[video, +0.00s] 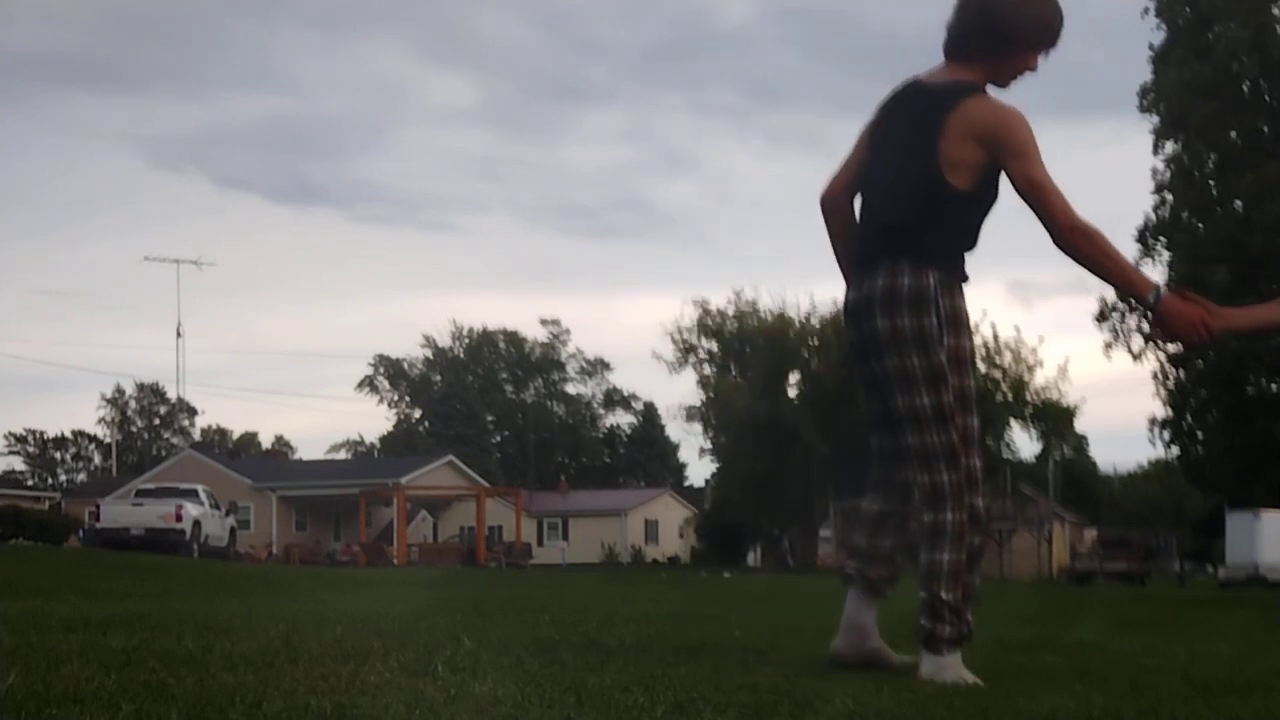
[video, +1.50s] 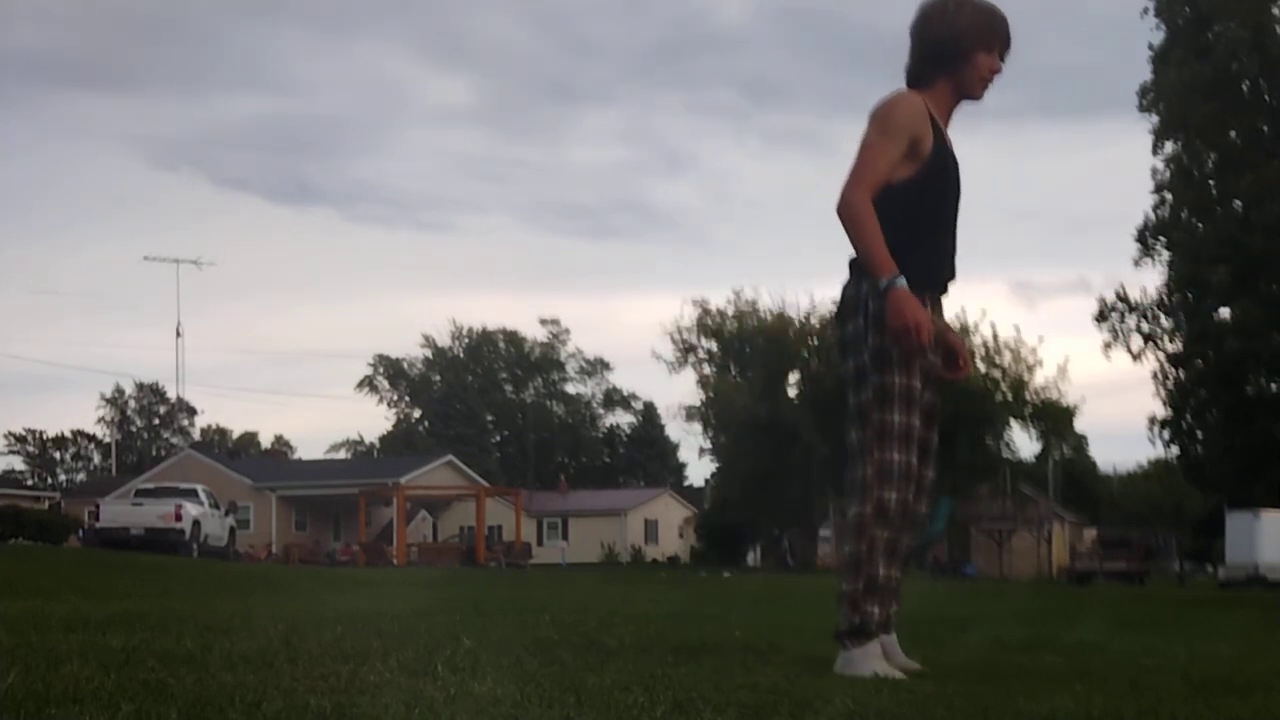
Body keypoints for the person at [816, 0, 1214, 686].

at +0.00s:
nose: (1036, 63)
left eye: (1041, 51)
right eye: (1037, 49)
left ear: (966, 33)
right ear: (1013, 45)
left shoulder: (902, 100)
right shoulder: (995, 118)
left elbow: (835, 199)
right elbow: (1066, 228)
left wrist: (864, 281)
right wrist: (1155, 297)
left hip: (870, 289)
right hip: (921, 290)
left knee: (897, 458)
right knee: (953, 468)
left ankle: (856, 624)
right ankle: (942, 656)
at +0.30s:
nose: (1036, 57)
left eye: (1039, 45)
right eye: (1032, 42)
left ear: (969, 42)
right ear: (1000, 41)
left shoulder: (918, 116)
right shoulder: (985, 118)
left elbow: (852, 219)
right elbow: (988, 228)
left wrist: (876, 307)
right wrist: (1033, 335)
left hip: (883, 297)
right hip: (928, 295)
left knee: (905, 469)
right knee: (953, 474)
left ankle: (883, 630)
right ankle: (942, 655)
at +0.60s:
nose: (998, 71)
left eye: (1000, 60)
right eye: (991, 57)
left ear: (956, 62)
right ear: (956, 57)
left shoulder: (940, 132)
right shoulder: (923, 121)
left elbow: (915, 245)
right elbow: (863, 202)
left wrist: (935, 342)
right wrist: (823, 297)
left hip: (905, 309)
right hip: (895, 307)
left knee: (906, 470)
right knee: (924, 471)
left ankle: (884, 632)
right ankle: (926, 642)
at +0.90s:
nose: (979, 76)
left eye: (981, 65)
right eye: (973, 63)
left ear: (941, 65)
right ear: (941, 60)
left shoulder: (922, 138)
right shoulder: (897, 123)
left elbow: (897, 252)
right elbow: (843, 218)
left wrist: (934, 328)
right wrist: (840, 322)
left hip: (907, 314)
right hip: (884, 310)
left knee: (898, 477)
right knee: (887, 475)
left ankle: (873, 634)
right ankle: (860, 639)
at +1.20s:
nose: (984, 70)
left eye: (986, 59)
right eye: (978, 56)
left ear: (949, 60)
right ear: (946, 55)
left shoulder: (925, 138)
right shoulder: (892, 115)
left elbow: (906, 245)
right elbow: (838, 206)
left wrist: (934, 325)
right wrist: (868, 292)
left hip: (910, 319)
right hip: (880, 314)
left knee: (902, 480)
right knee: (879, 477)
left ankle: (877, 634)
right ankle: (858, 642)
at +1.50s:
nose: (998, 69)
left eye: (1000, 58)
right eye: (992, 55)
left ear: (962, 56)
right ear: (960, 50)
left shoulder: (935, 135)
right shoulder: (905, 110)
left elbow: (914, 245)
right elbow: (853, 203)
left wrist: (939, 326)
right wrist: (893, 287)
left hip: (912, 316)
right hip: (884, 310)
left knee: (909, 475)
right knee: (886, 472)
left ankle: (880, 634)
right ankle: (857, 643)